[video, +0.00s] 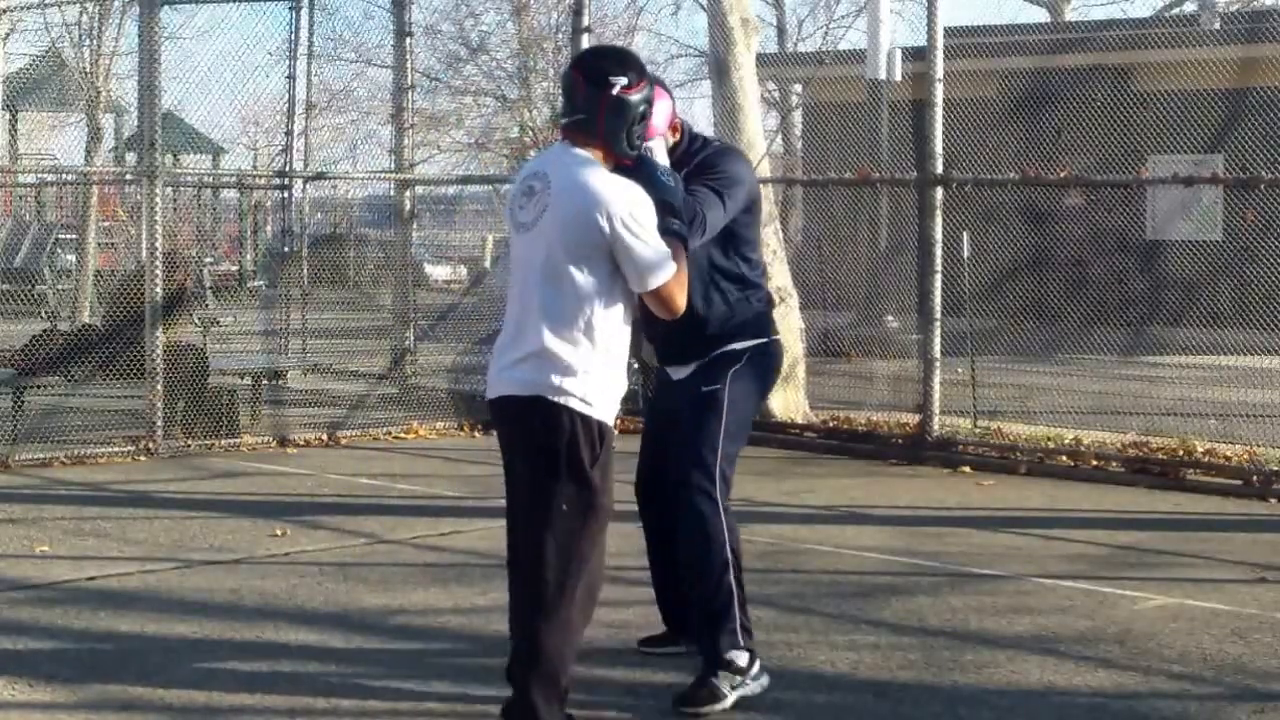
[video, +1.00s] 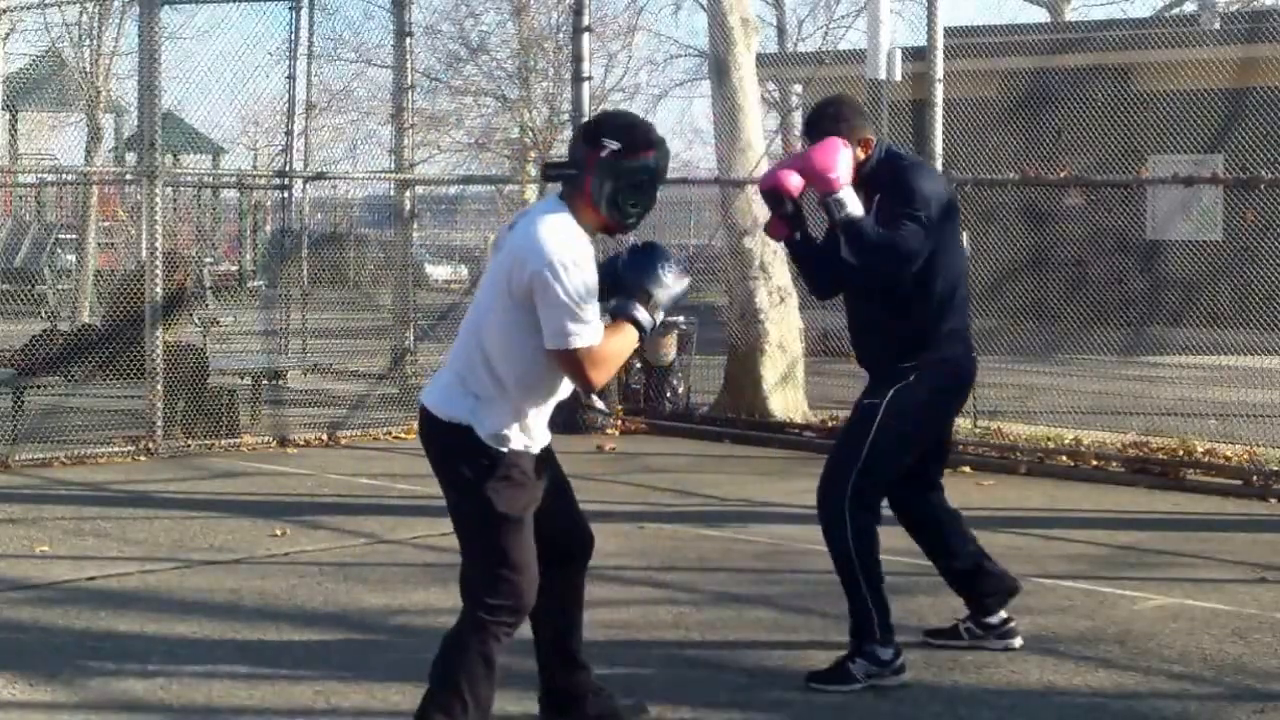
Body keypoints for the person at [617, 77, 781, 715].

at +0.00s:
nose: (631, 150)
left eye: (637, 138)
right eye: (625, 142)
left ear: (663, 126)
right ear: (634, 139)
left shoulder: (725, 166)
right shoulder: (638, 180)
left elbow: (688, 230)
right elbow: (623, 245)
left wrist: (648, 163)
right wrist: (593, 167)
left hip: (734, 354)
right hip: (676, 362)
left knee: (699, 488)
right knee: (655, 488)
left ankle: (732, 655)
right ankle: (685, 623)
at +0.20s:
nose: (657, 175)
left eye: (660, 163)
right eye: (649, 165)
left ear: (684, 148)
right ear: (656, 159)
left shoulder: (748, 184)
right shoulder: (669, 188)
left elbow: (706, 264)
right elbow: (646, 266)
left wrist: (666, 181)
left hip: (759, 367)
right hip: (704, 372)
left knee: (726, 504)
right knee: (677, 493)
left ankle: (759, 678)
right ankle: (698, 622)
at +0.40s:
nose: (688, 191)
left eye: (692, 181)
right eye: (682, 182)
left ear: (718, 164)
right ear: (695, 169)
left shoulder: (779, 193)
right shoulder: (715, 186)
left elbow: (729, 272)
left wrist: (695, 219)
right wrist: (654, 207)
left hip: (789, 369)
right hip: (735, 366)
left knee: (740, 507)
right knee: (706, 491)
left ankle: (756, 681)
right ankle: (786, 593)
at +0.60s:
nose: (729, 203)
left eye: (733, 192)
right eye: (719, 194)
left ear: (758, 171)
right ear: (712, 188)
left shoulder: (827, 204)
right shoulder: (746, 217)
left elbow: (796, 289)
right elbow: (740, 304)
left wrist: (753, 226)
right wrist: (712, 256)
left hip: (831, 383)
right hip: (786, 382)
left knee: (780, 521)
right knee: (776, 513)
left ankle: (758, 679)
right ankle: (847, 615)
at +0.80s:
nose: (775, 172)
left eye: (778, 161)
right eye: (766, 167)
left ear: (806, 144)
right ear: (787, 158)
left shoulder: (870, 177)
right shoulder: (806, 191)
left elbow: (829, 247)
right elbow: (771, 273)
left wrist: (786, 182)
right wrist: (735, 212)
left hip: (881, 358)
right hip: (848, 359)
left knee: (812, 486)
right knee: (809, 481)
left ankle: (840, 642)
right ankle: (850, 615)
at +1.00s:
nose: (830, 170)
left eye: (834, 158)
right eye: (822, 161)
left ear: (864, 144)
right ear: (831, 156)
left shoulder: (912, 179)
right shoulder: (856, 196)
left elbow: (897, 259)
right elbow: (827, 281)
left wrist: (842, 201)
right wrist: (791, 230)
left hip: (923, 367)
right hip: (907, 367)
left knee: (843, 496)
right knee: (913, 492)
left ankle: (875, 650)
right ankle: (991, 608)